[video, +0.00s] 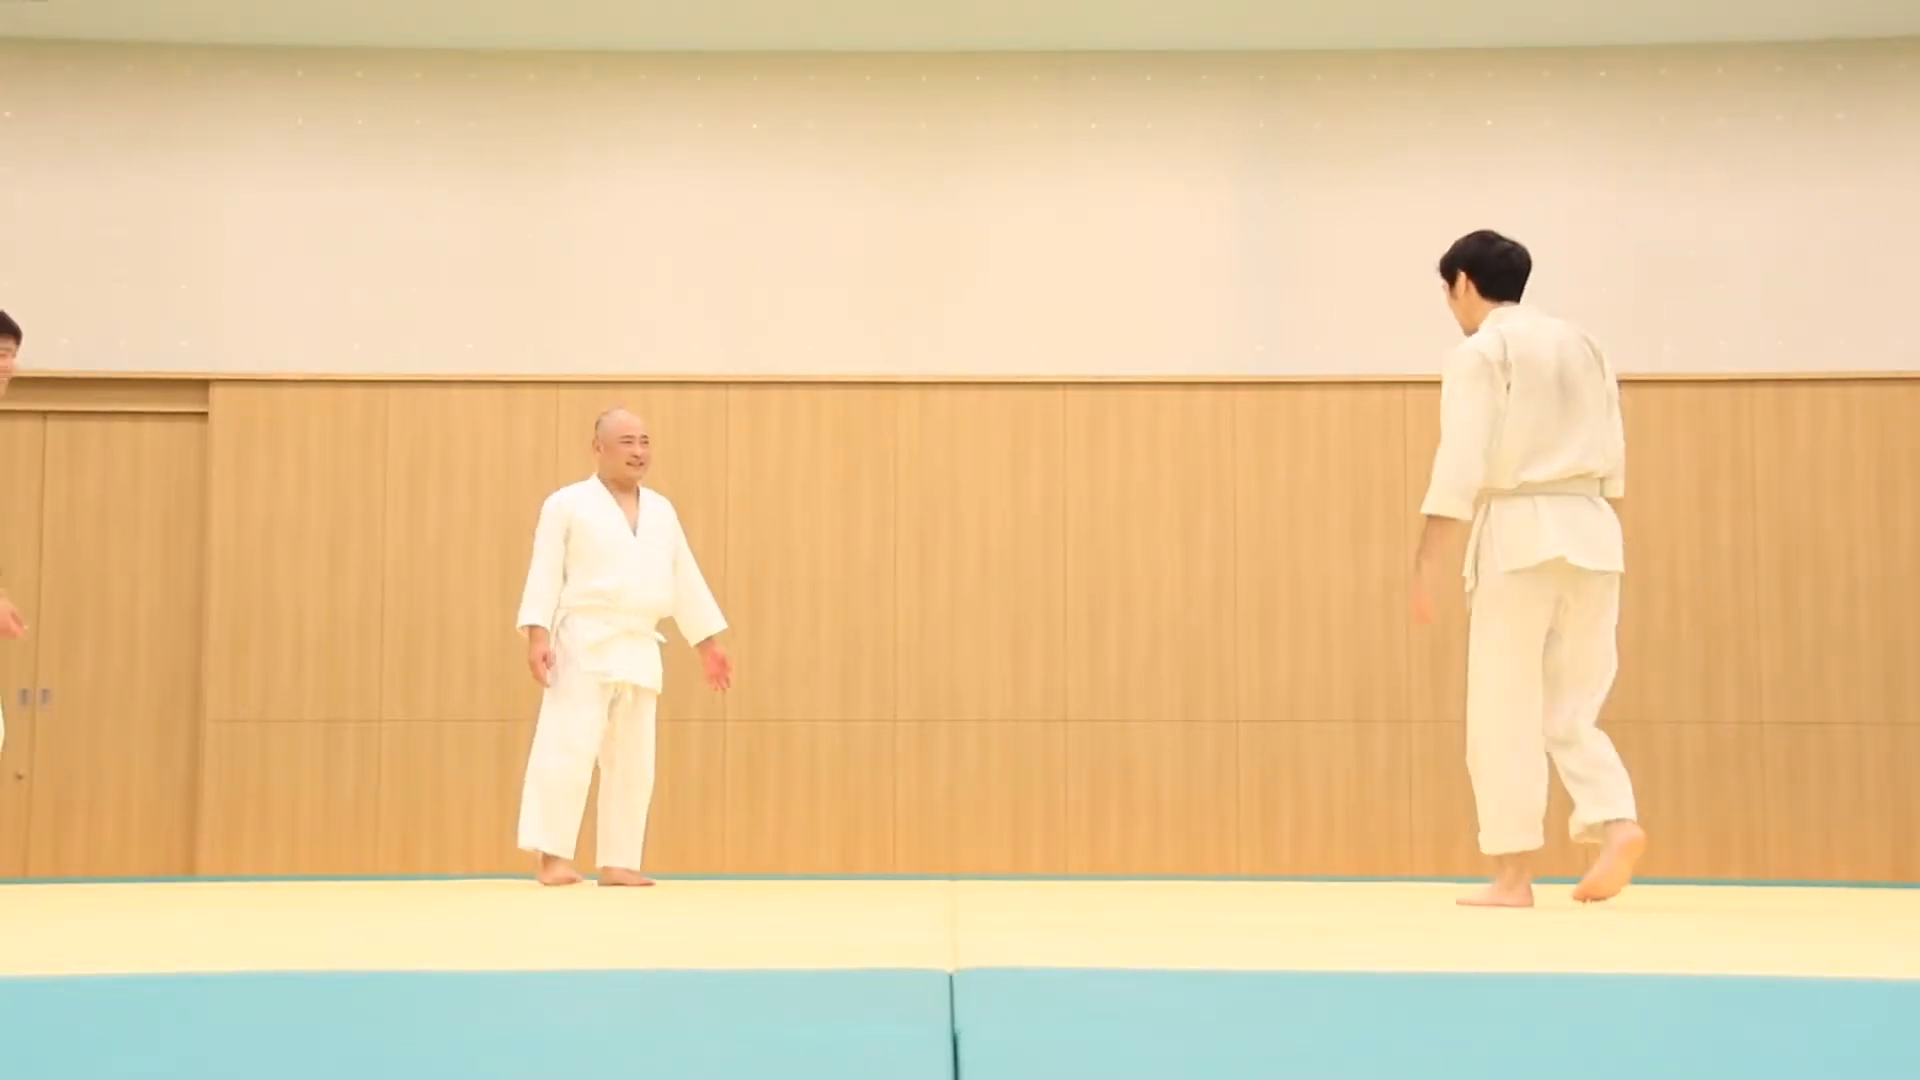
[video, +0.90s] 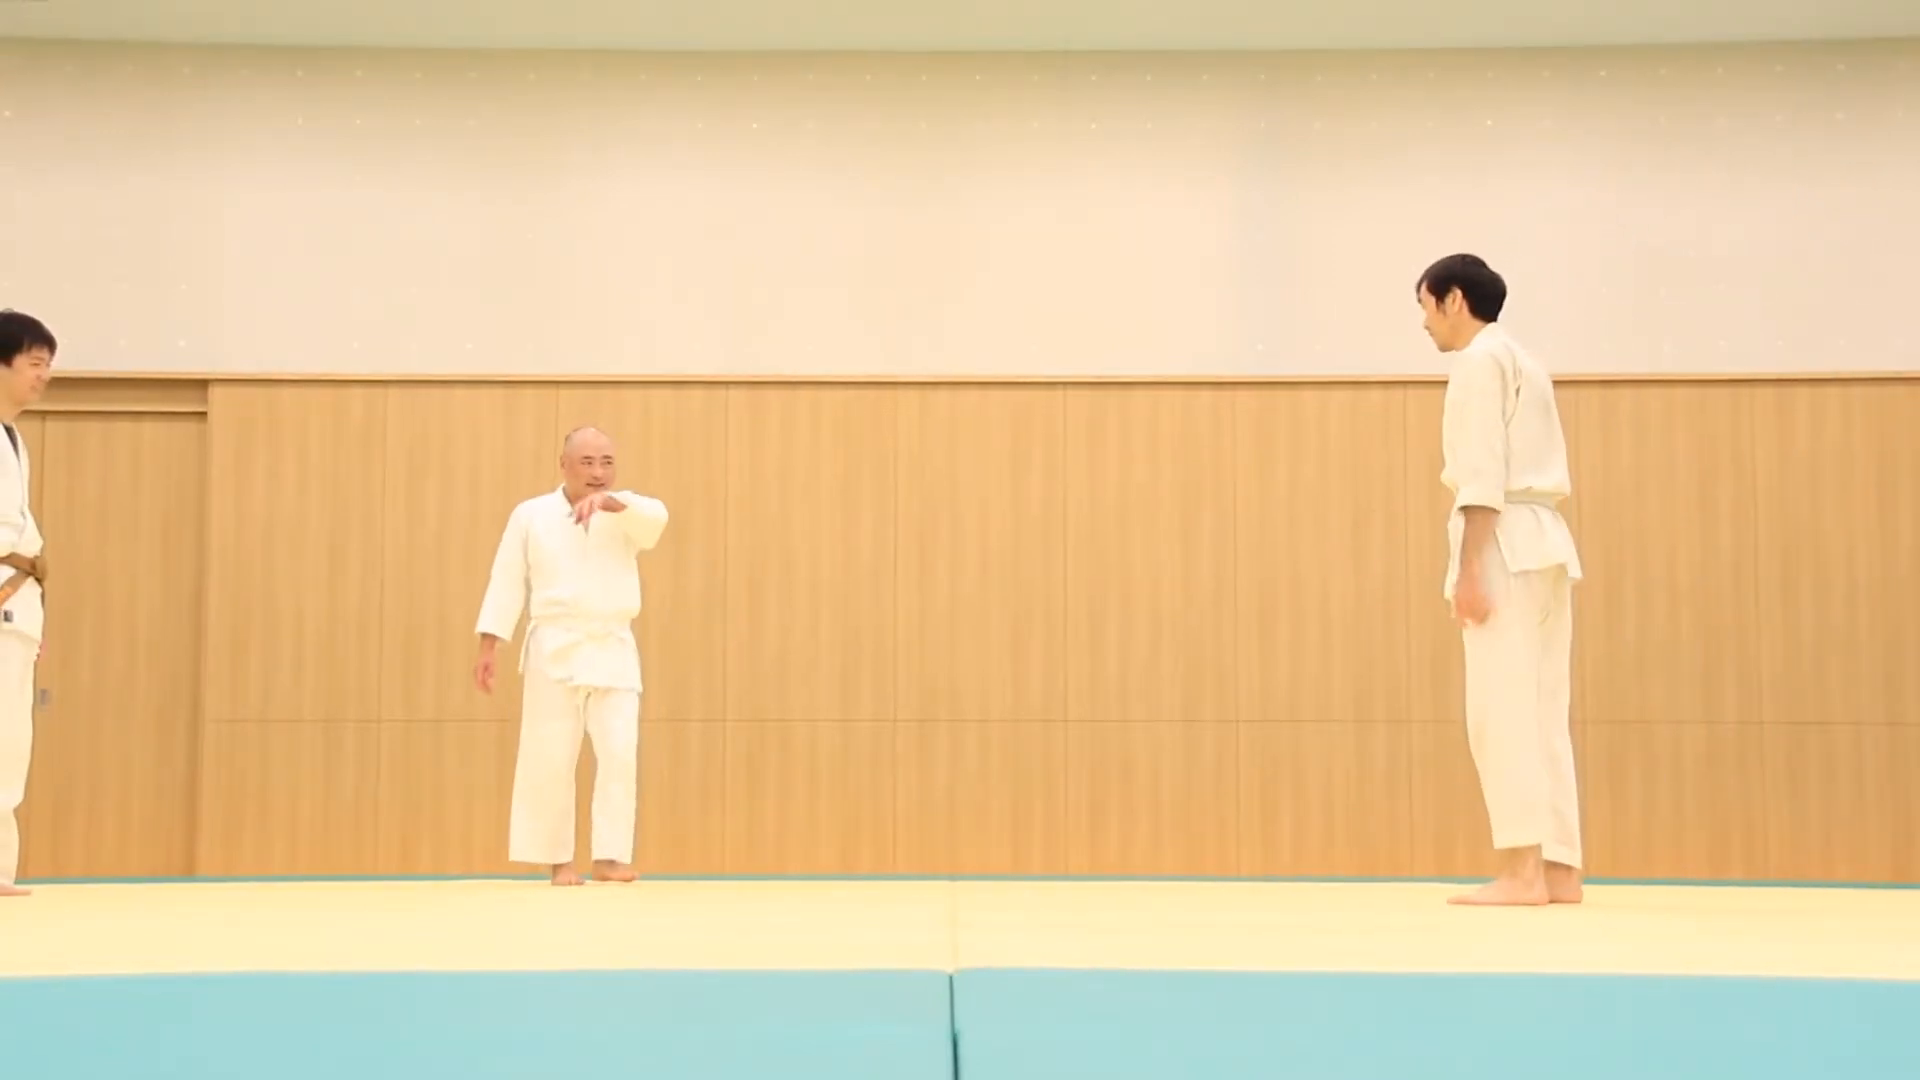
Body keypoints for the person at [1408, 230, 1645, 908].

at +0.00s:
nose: (1450, 306)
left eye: (1450, 291)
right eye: (1449, 292)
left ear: (1468, 285)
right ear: (1515, 284)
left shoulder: (1479, 351)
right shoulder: (1582, 346)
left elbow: (1461, 465)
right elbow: (1611, 460)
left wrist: (1426, 565)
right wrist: (1588, 529)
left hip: (1516, 537)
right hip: (1594, 535)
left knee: (1503, 701)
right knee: (1572, 706)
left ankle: (1511, 878)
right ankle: (1619, 823)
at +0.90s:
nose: (1424, 323)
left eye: (1426, 308)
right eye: (1422, 309)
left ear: (1455, 301)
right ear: (1475, 302)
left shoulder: (1477, 361)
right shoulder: (1520, 360)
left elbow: (1482, 471)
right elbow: (1537, 469)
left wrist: (1470, 567)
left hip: (1503, 544)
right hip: (1542, 540)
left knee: (1498, 708)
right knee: (1544, 706)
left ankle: (1519, 871)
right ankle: (1561, 871)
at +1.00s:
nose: (1420, 319)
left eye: (1423, 303)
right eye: (1418, 305)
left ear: (1456, 298)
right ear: (1466, 299)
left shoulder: (1485, 359)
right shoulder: (1508, 357)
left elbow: (1472, 470)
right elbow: (1493, 471)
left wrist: (1431, 555)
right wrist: (1449, 554)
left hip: (1504, 544)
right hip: (1535, 541)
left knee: (1502, 706)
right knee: (1536, 705)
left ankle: (1522, 872)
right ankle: (1558, 871)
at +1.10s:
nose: (1420, 318)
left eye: (1423, 303)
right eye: (1417, 305)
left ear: (1456, 298)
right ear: (1465, 298)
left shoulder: (1489, 359)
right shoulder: (1501, 358)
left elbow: (1465, 469)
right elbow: (1479, 477)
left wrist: (1388, 518)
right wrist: (1409, 525)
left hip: (1506, 548)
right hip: (1528, 546)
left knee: (1499, 708)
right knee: (1530, 707)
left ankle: (1522, 875)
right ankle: (1556, 871)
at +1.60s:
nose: (1391, 327)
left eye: (1395, 312)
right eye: (1388, 314)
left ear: (1430, 306)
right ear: (1435, 307)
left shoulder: (1473, 362)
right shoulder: (1480, 358)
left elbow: (1520, 465)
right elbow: (1531, 464)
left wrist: (1466, 535)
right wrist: (1480, 533)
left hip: (1525, 552)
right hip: (1531, 549)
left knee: (1511, 713)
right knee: (1539, 709)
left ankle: (1529, 873)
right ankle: (1558, 867)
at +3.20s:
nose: (1449, 399)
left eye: (1452, 386)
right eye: (1449, 386)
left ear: (1481, 388)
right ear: (1490, 389)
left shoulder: (1526, 447)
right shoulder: (1522, 445)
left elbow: (1557, 541)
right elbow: (1556, 542)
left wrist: (1522, 609)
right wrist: (1523, 609)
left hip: (1582, 627)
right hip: (1571, 626)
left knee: (1502, 768)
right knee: (1506, 766)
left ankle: (1616, 870)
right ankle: (1611, 869)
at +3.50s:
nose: (1445, 428)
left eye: (1451, 415)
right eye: (1447, 414)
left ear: (1478, 420)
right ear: (1486, 421)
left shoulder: (1506, 481)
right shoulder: (1506, 481)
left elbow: (1532, 571)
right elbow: (1530, 581)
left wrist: (1460, 622)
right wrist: (1462, 633)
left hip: (1513, 675)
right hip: (1501, 674)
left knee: (1430, 819)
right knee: (1431, 819)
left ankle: (1583, 849)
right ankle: (1577, 851)